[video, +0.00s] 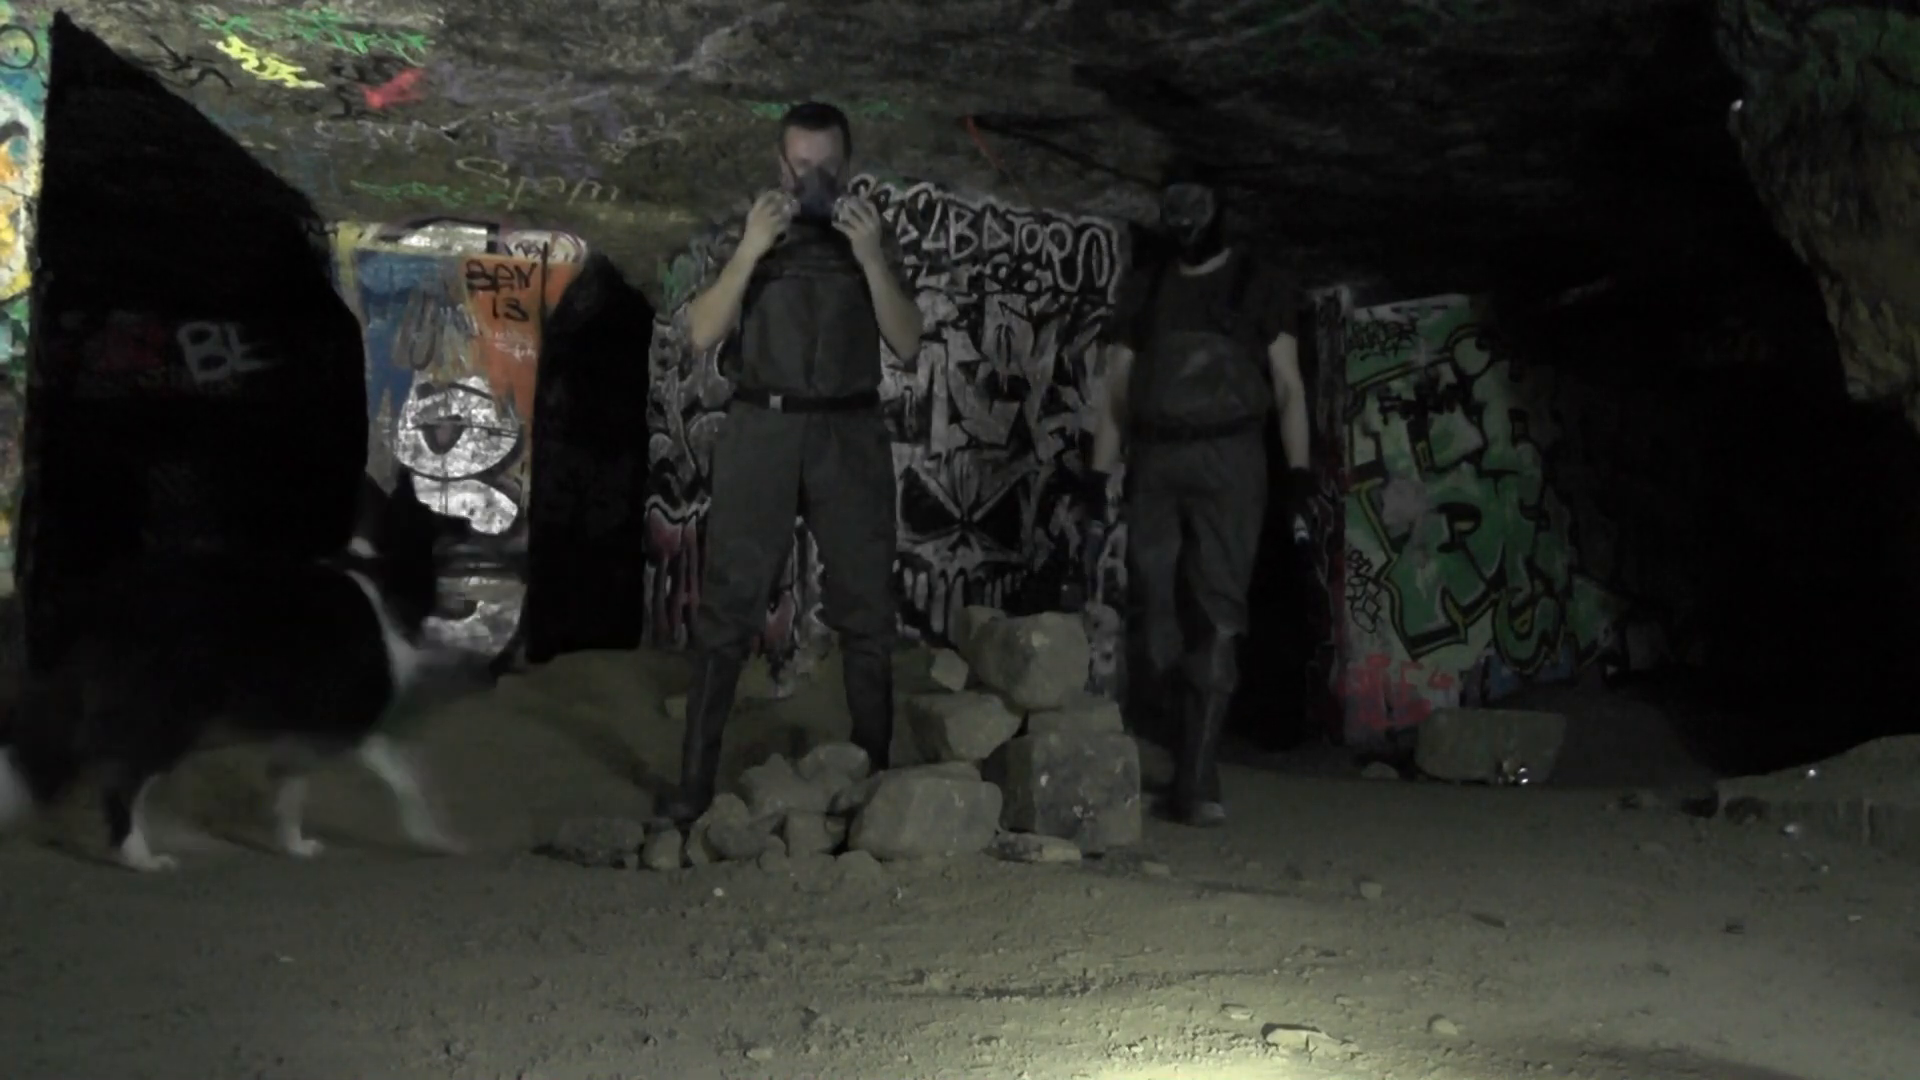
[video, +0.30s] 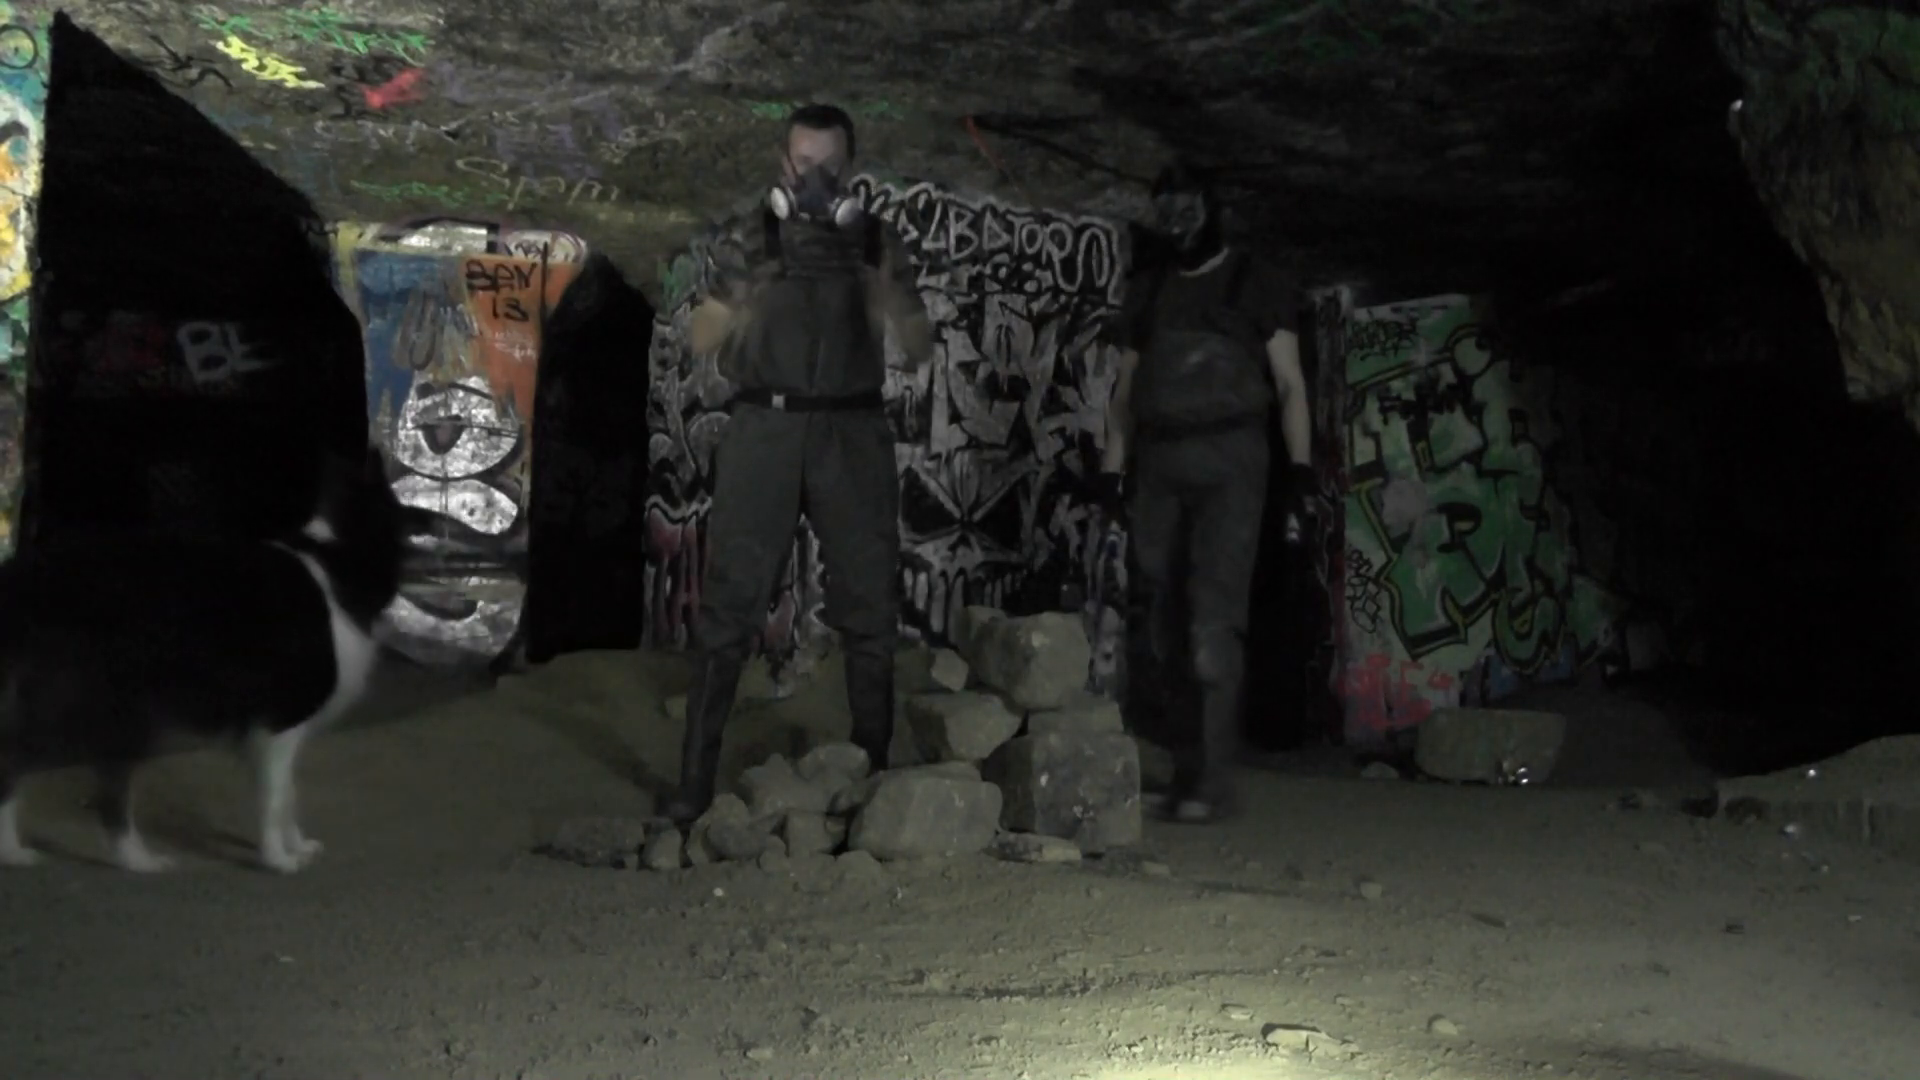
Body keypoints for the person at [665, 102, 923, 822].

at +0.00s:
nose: (809, 181)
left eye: (823, 169)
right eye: (799, 168)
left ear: (847, 166)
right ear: (780, 162)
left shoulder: (869, 238)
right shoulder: (748, 236)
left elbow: (906, 342)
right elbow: (701, 333)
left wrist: (870, 251)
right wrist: (752, 247)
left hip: (850, 444)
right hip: (760, 443)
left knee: (865, 618)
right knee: (730, 612)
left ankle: (873, 783)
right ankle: (694, 786)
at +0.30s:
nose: (815, 183)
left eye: (829, 170)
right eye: (804, 167)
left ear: (851, 168)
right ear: (784, 160)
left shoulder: (875, 239)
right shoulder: (744, 235)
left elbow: (916, 350)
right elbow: (699, 341)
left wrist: (881, 275)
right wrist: (744, 290)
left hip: (854, 441)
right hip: (763, 439)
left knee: (868, 613)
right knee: (732, 608)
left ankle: (874, 780)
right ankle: (695, 788)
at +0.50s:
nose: (820, 180)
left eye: (833, 168)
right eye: (808, 166)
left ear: (852, 167)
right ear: (785, 161)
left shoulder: (878, 242)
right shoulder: (749, 238)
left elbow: (916, 349)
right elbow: (714, 348)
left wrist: (939, 444)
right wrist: (676, 444)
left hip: (856, 446)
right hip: (764, 444)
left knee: (869, 618)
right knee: (731, 612)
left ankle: (873, 780)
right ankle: (694, 789)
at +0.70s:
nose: (820, 173)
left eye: (834, 161)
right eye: (808, 158)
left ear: (854, 164)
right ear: (785, 156)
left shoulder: (877, 236)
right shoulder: (754, 229)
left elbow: (925, 326)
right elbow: (701, 321)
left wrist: (959, 404)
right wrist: (639, 393)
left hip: (855, 441)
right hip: (764, 439)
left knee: (867, 612)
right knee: (733, 608)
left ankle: (873, 776)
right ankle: (694, 785)